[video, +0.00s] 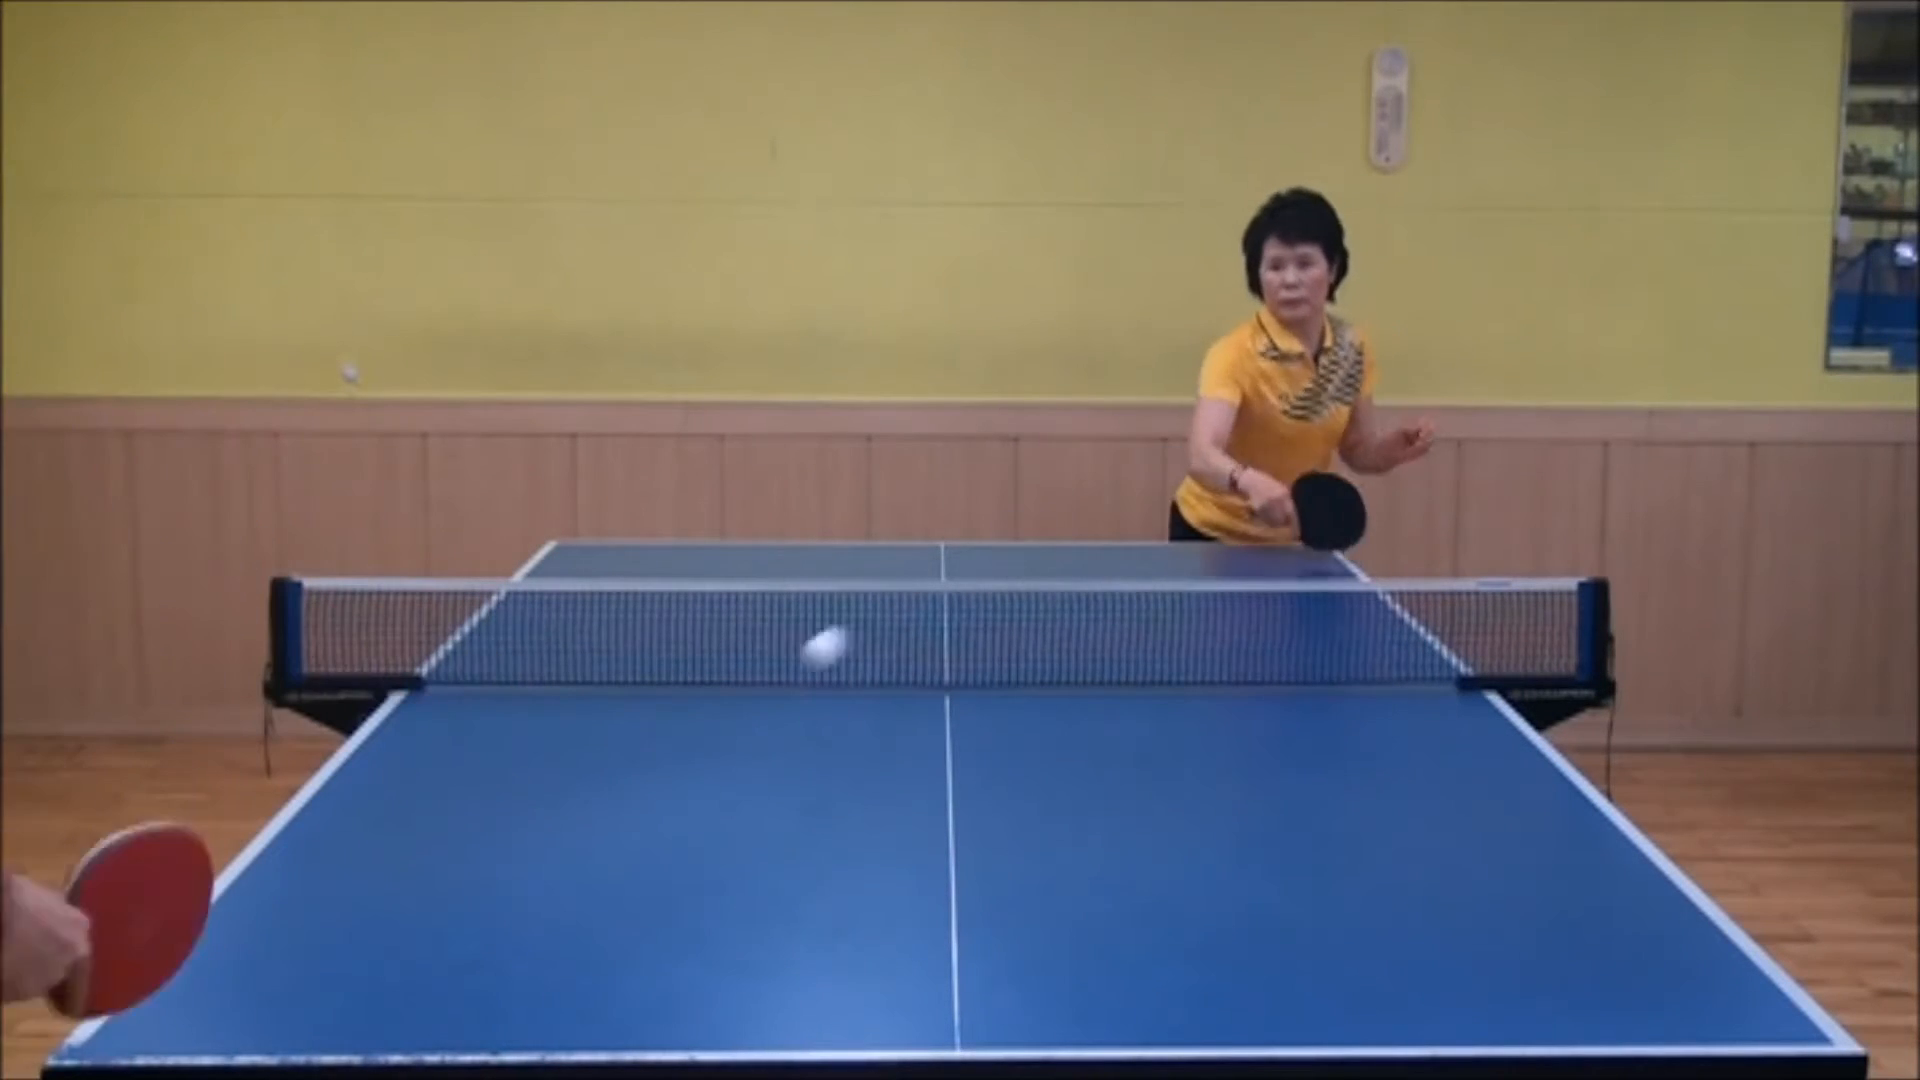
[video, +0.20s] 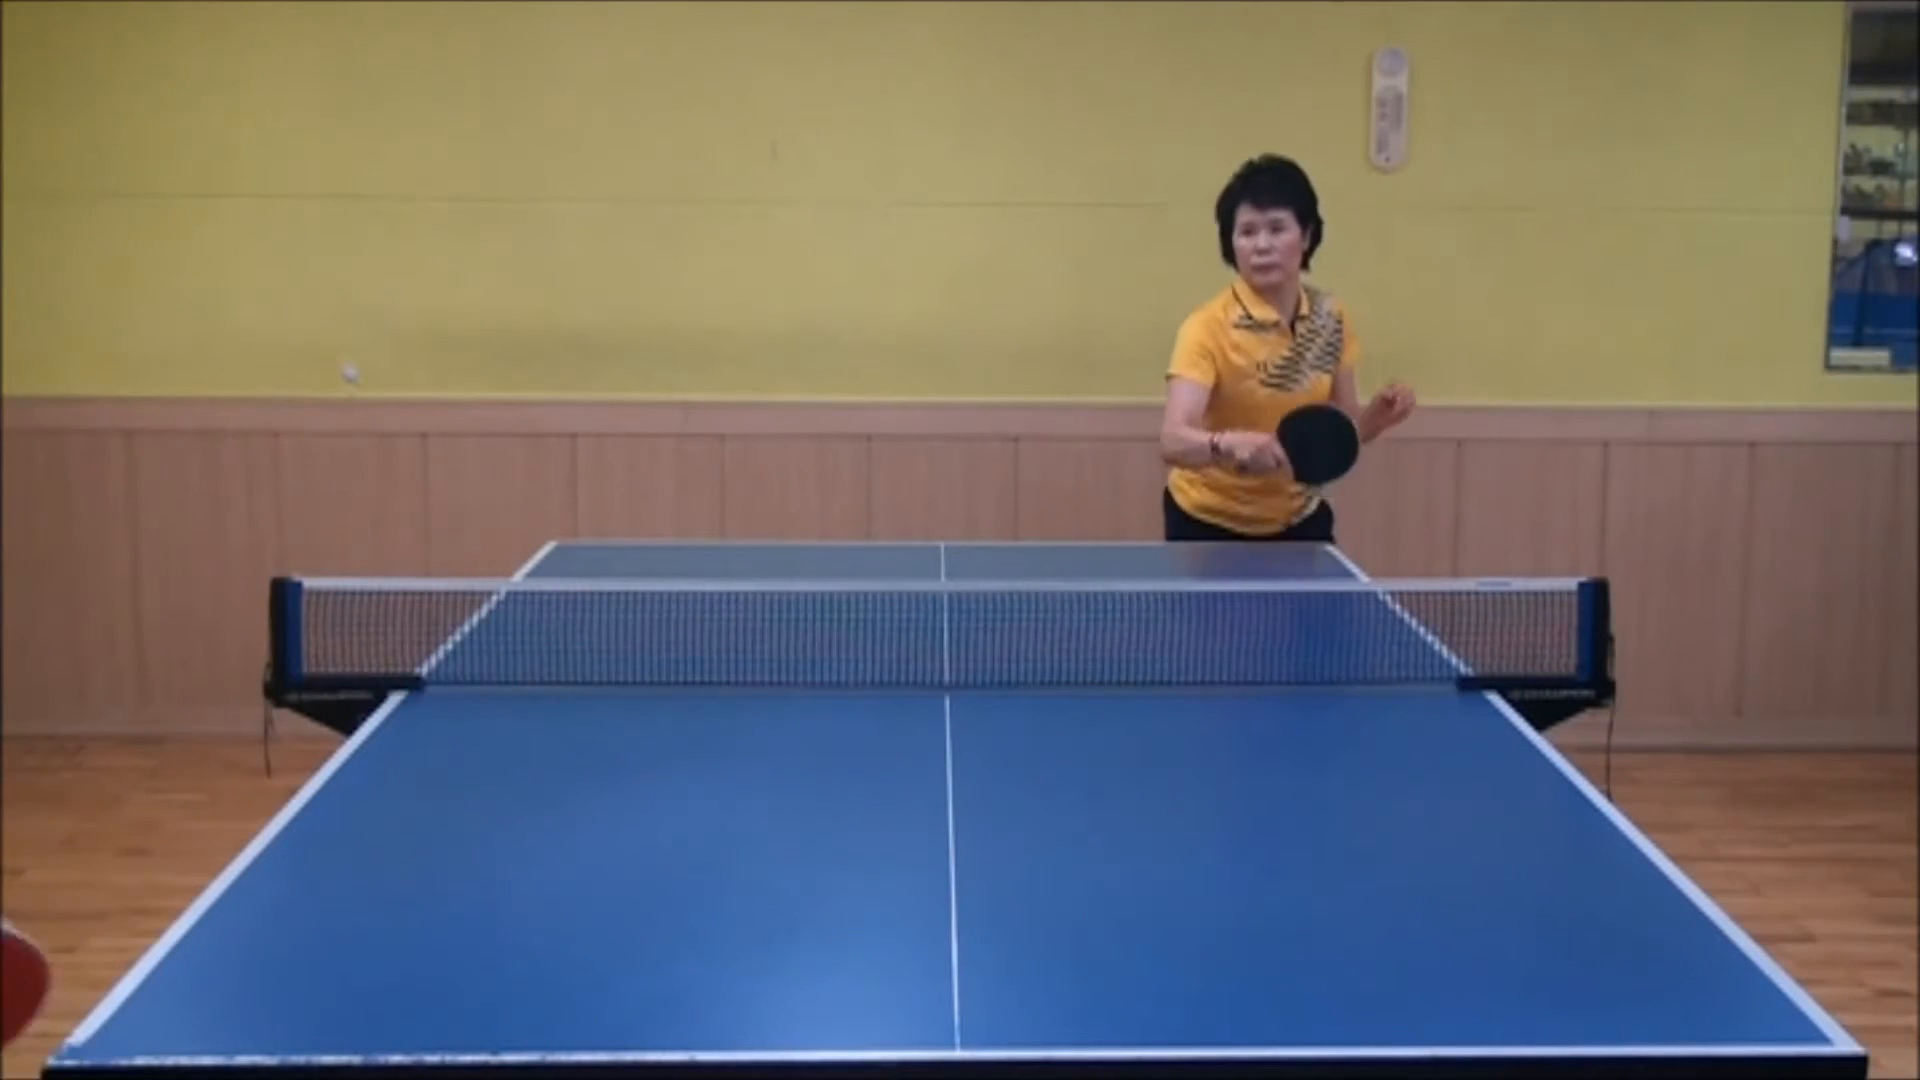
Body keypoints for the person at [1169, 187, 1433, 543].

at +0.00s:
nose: (1290, 280)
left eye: (1305, 264)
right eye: (1276, 266)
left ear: (1333, 270)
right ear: (1257, 276)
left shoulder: (1351, 351)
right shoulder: (1235, 356)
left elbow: (1357, 450)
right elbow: (1203, 455)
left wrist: (1391, 450)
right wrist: (1249, 481)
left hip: (1300, 535)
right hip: (1216, 533)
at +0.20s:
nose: (1262, 245)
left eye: (1277, 229)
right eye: (1247, 232)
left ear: (1307, 236)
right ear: (1230, 243)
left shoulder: (1329, 320)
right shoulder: (1207, 329)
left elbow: (1340, 434)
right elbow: (1174, 441)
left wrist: (1372, 422)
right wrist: (1228, 444)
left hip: (1300, 524)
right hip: (1211, 527)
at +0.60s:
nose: (1259, 214)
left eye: (1275, 199)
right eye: (1248, 201)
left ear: (1308, 208)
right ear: (1233, 210)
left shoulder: (1344, 297)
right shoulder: (1204, 297)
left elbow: (1357, 394)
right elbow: (1172, 411)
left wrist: (1358, 408)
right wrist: (1200, 406)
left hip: (1312, 501)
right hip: (1218, 499)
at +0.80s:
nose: (1240, 206)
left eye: (1256, 192)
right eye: (1229, 192)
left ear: (1288, 201)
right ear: (1213, 201)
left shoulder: (1324, 285)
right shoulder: (1186, 287)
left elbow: (1334, 377)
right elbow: (1152, 402)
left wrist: (1341, 396)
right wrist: (1177, 394)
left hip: (1294, 492)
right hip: (1199, 490)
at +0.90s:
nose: (1219, 208)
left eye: (1235, 194)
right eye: (1208, 194)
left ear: (1267, 205)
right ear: (1192, 203)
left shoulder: (1300, 289)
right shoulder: (1162, 291)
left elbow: (1312, 379)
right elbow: (1130, 404)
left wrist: (1321, 401)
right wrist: (1154, 397)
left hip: (1272, 495)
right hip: (1178, 492)